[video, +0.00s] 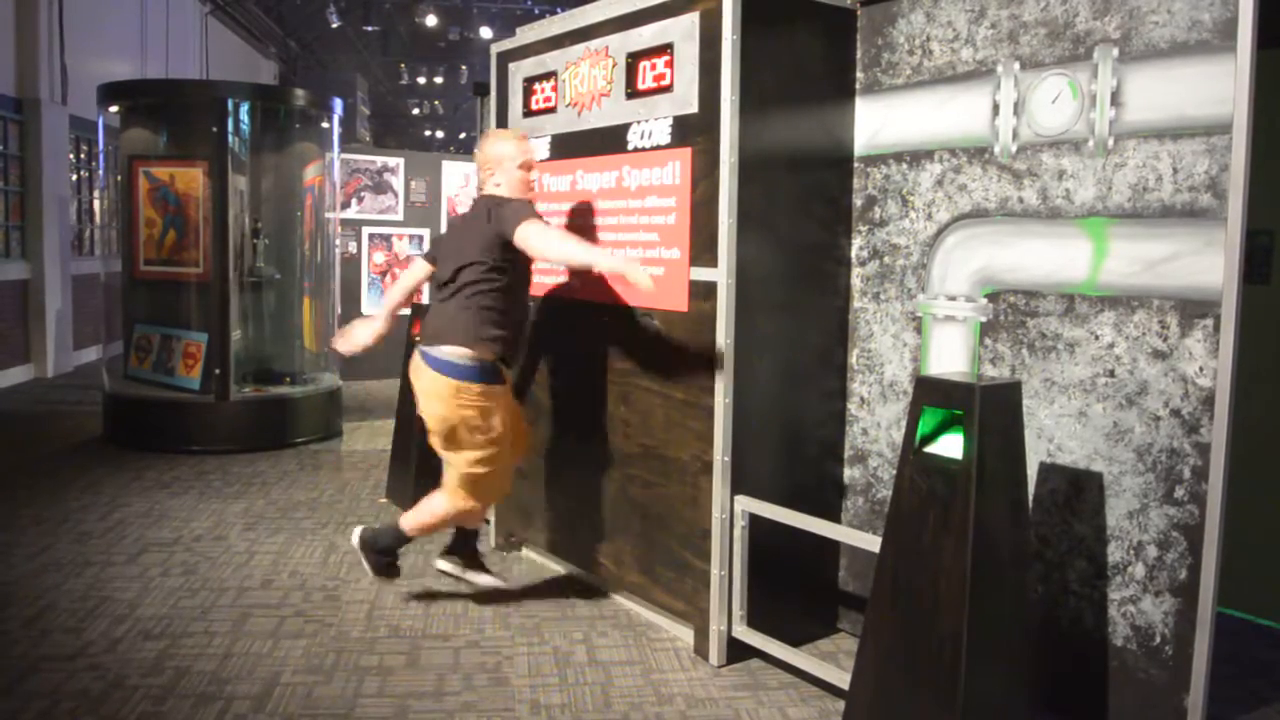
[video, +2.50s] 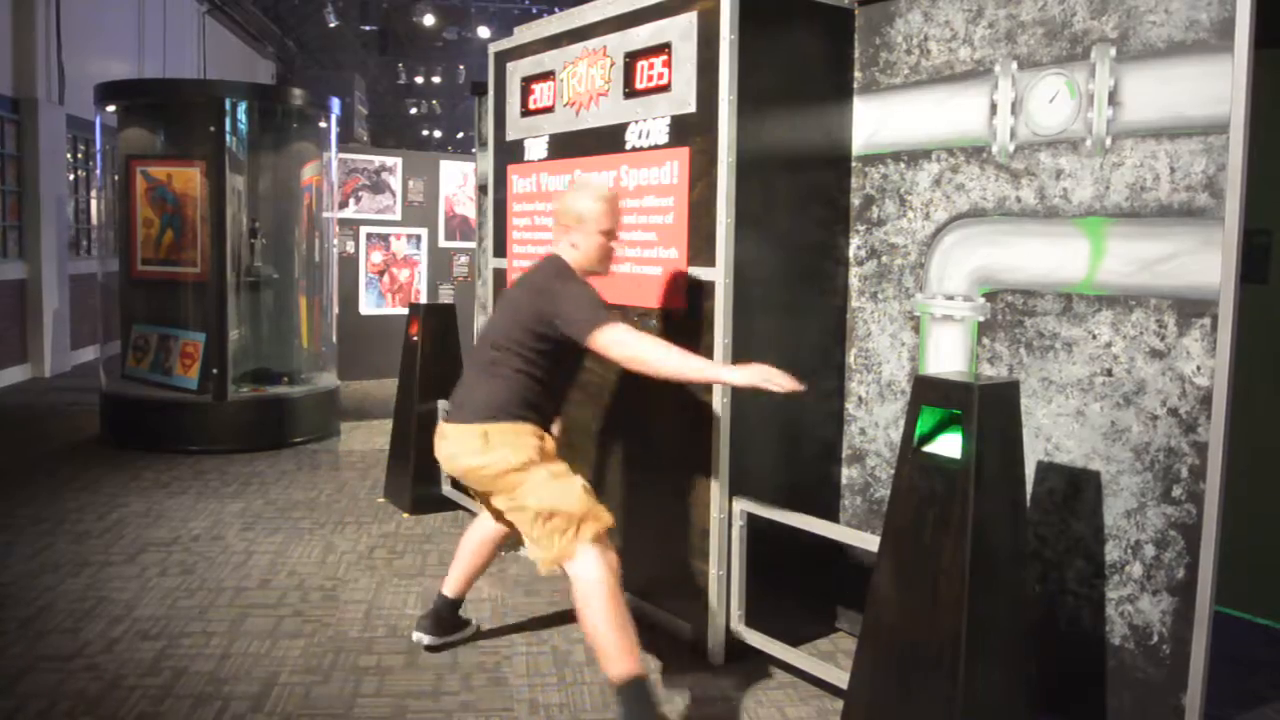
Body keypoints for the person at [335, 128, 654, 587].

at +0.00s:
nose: (534, 176)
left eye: (533, 167)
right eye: (526, 168)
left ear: (487, 176)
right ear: (494, 174)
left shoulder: (460, 226)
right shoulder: (508, 210)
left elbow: (413, 275)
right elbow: (545, 242)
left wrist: (378, 320)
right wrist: (607, 261)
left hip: (432, 363)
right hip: (465, 374)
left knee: (510, 439)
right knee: (479, 480)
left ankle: (463, 547)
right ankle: (383, 540)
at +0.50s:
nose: (788, 408)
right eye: (782, 395)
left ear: (729, 374)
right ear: (739, 387)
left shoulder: (661, 371)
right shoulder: (709, 409)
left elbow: (588, 383)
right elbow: (803, 471)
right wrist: (914, 465)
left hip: (503, 460)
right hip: (538, 477)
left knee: (577, 529)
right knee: (663, 596)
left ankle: (506, 634)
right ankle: (620, 716)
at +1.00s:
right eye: (561, 174)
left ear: (513, 178)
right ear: (561, 178)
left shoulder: (483, 222)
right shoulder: (568, 227)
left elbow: (429, 243)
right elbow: (586, 295)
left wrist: (403, 266)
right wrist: (633, 376)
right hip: (517, 371)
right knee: (574, 494)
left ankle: (546, 617)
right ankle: (517, 634)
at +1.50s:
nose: (418, 267)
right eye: (415, 263)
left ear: (377, 277)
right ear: (414, 269)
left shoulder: (372, 310)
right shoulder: (431, 299)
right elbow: (455, 348)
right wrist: (475, 407)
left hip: (337, 407)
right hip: (384, 414)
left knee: (370, 441)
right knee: (450, 490)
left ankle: (341, 519)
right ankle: (375, 564)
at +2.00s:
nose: (459, 204)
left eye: (459, 194)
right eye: (450, 195)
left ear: (429, 203)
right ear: (422, 202)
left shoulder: (421, 251)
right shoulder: (410, 239)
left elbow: (372, 307)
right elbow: (440, 249)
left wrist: (345, 354)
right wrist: (508, 259)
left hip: (388, 379)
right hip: (370, 378)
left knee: (371, 454)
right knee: (402, 486)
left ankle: (353, 513)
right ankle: (338, 563)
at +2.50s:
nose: (615, 244)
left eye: (615, 234)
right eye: (607, 234)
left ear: (571, 233)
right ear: (569, 233)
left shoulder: (537, 279)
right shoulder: (565, 289)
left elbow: (511, 360)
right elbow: (634, 351)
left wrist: (540, 421)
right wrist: (735, 373)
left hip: (459, 433)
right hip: (500, 437)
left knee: (504, 509)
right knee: (587, 543)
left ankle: (439, 617)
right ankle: (638, 706)